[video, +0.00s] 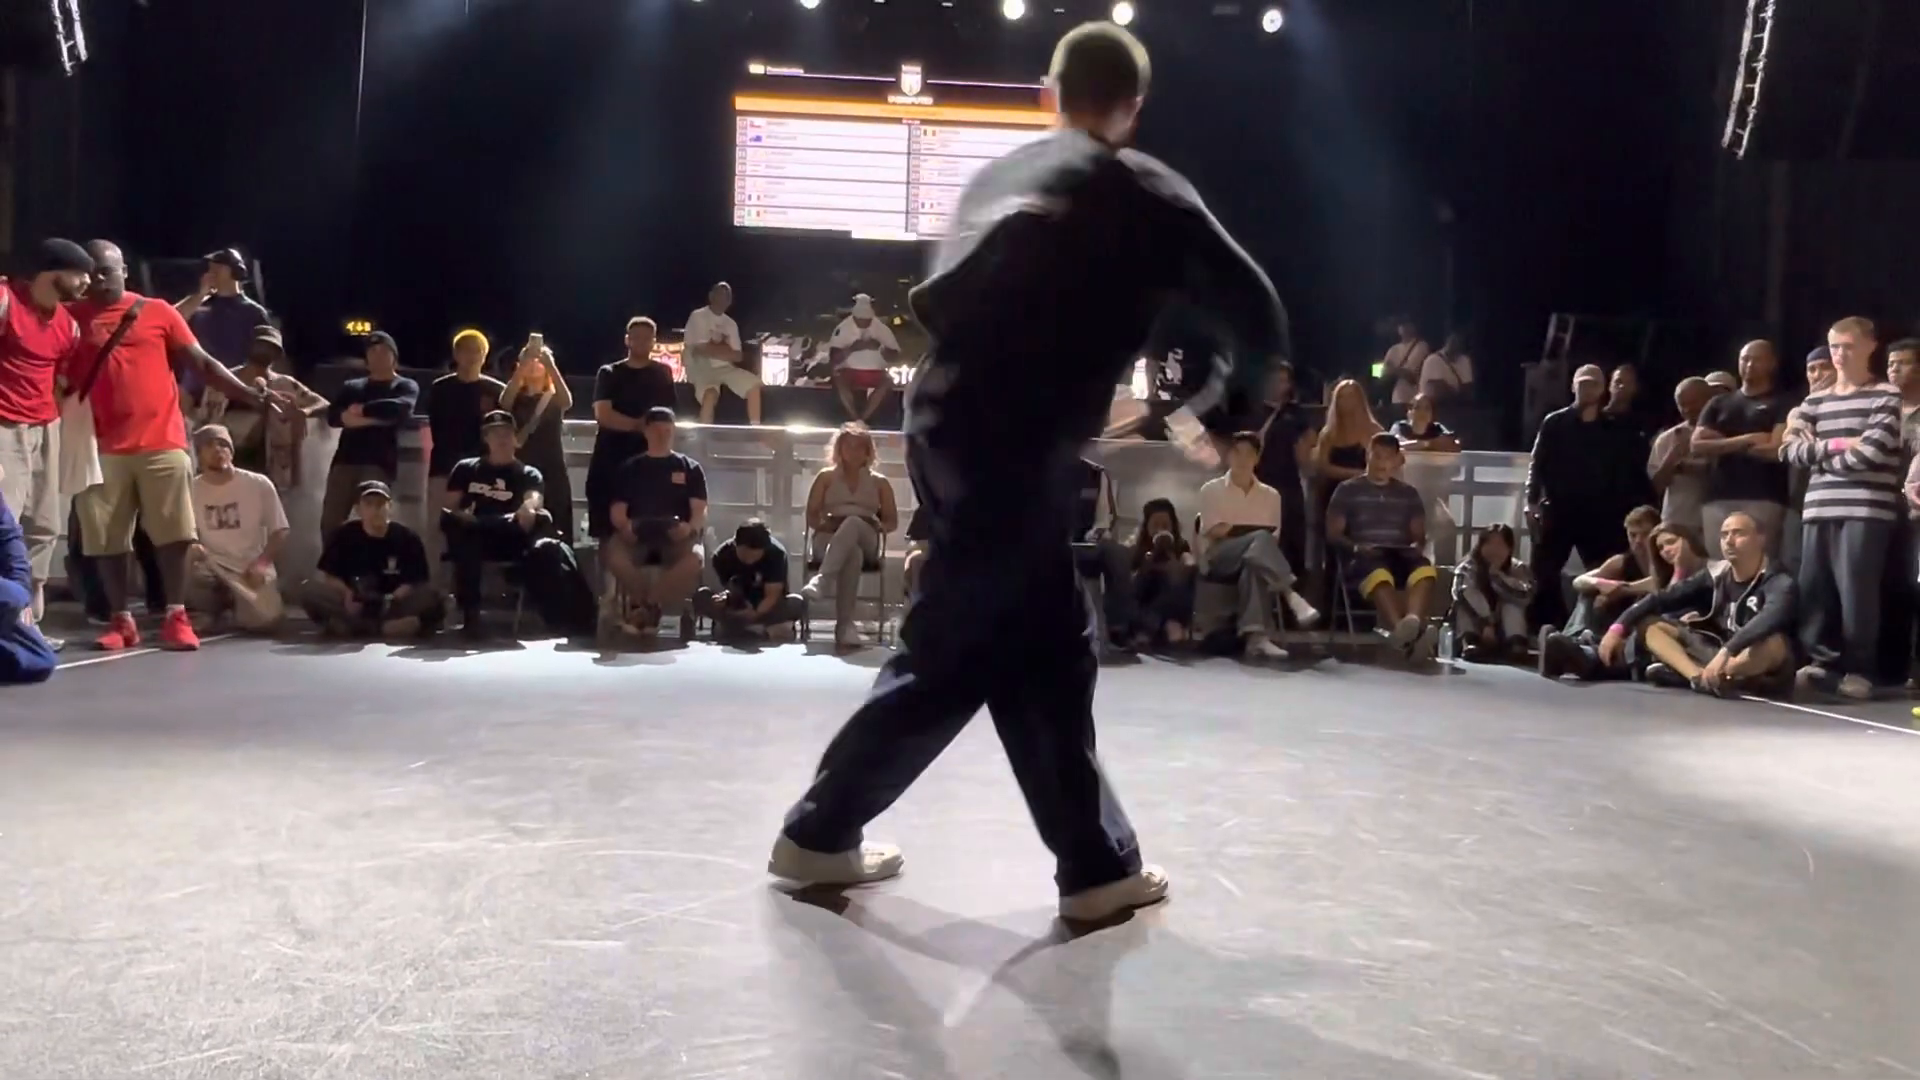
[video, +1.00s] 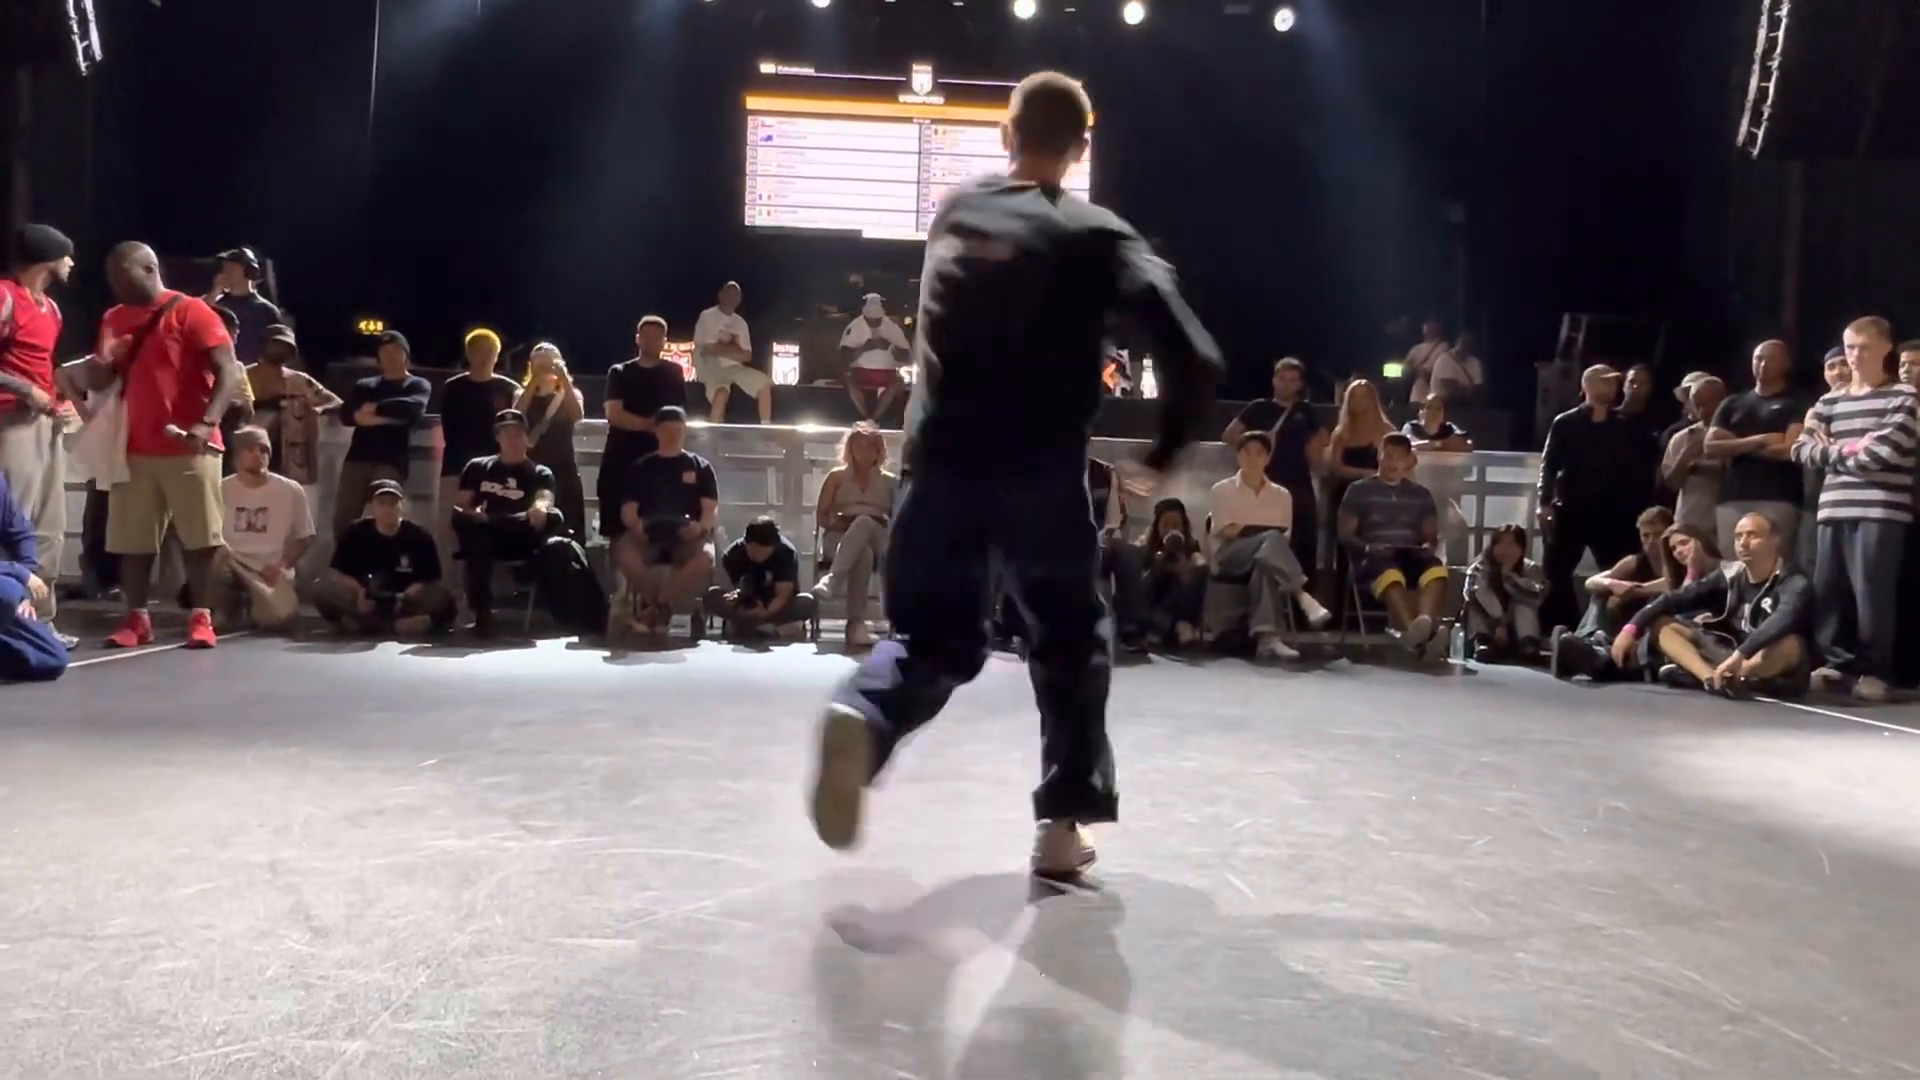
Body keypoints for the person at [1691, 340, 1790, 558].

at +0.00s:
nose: (1749, 365)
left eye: (1756, 360)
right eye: (1745, 359)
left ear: (1772, 364)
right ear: (1738, 363)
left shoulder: (1784, 404)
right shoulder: (1719, 403)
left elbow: (1776, 448)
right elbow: (1696, 445)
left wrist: (1724, 443)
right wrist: (1750, 439)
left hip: (1765, 497)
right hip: (1719, 497)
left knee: (1761, 574)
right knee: (1719, 576)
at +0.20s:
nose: (1750, 364)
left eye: (1757, 359)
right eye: (1747, 359)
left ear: (1774, 364)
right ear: (1740, 363)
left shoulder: (1786, 403)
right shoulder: (1719, 404)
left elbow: (1778, 449)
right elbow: (1698, 445)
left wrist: (1725, 443)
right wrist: (1751, 439)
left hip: (1766, 497)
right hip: (1721, 497)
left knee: (1762, 574)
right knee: (1721, 575)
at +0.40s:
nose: (1753, 364)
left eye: (1760, 359)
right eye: (1750, 358)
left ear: (1776, 364)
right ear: (1743, 362)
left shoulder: (1788, 403)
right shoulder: (1724, 402)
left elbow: (1782, 448)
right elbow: (1701, 445)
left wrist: (1729, 443)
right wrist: (1753, 439)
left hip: (1768, 496)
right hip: (1724, 495)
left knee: (1765, 573)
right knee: (1724, 574)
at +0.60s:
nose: (1757, 362)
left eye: (1764, 358)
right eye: (1754, 357)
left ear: (1779, 363)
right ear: (1747, 361)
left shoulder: (1791, 402)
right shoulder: (1726, 401)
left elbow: (1785, 447)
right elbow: (1704, 444)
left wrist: (1733, 442)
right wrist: (1758, 437)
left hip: (1772, 496)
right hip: (1727, 495)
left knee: (1768, 573)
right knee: (1726, 575)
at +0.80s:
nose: (1760, 363)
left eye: (1768, 358)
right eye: (1757, 358)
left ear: (1783, 363)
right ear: (1750, 363)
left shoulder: (1794, 403)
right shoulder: (1730, 402)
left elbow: (1788, 449)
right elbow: (1708, 446)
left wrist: (1735, 444)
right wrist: (1761, 439)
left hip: (1775, 497)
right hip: (1731, 496)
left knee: (1770, 573)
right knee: (1729, 574)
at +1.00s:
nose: (1762, 364)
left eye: (1769, 359)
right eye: (1758, 359)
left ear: (1785, 364)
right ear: (1752, 363)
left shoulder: (1797, 404)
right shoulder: (1731, 404)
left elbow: (1789, 449)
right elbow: (1710, 446)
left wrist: (1737, 444)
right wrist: (1763, 440)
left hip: (1778, 498)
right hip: (1733, 497)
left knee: (1774, 576)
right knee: (1732, 577)